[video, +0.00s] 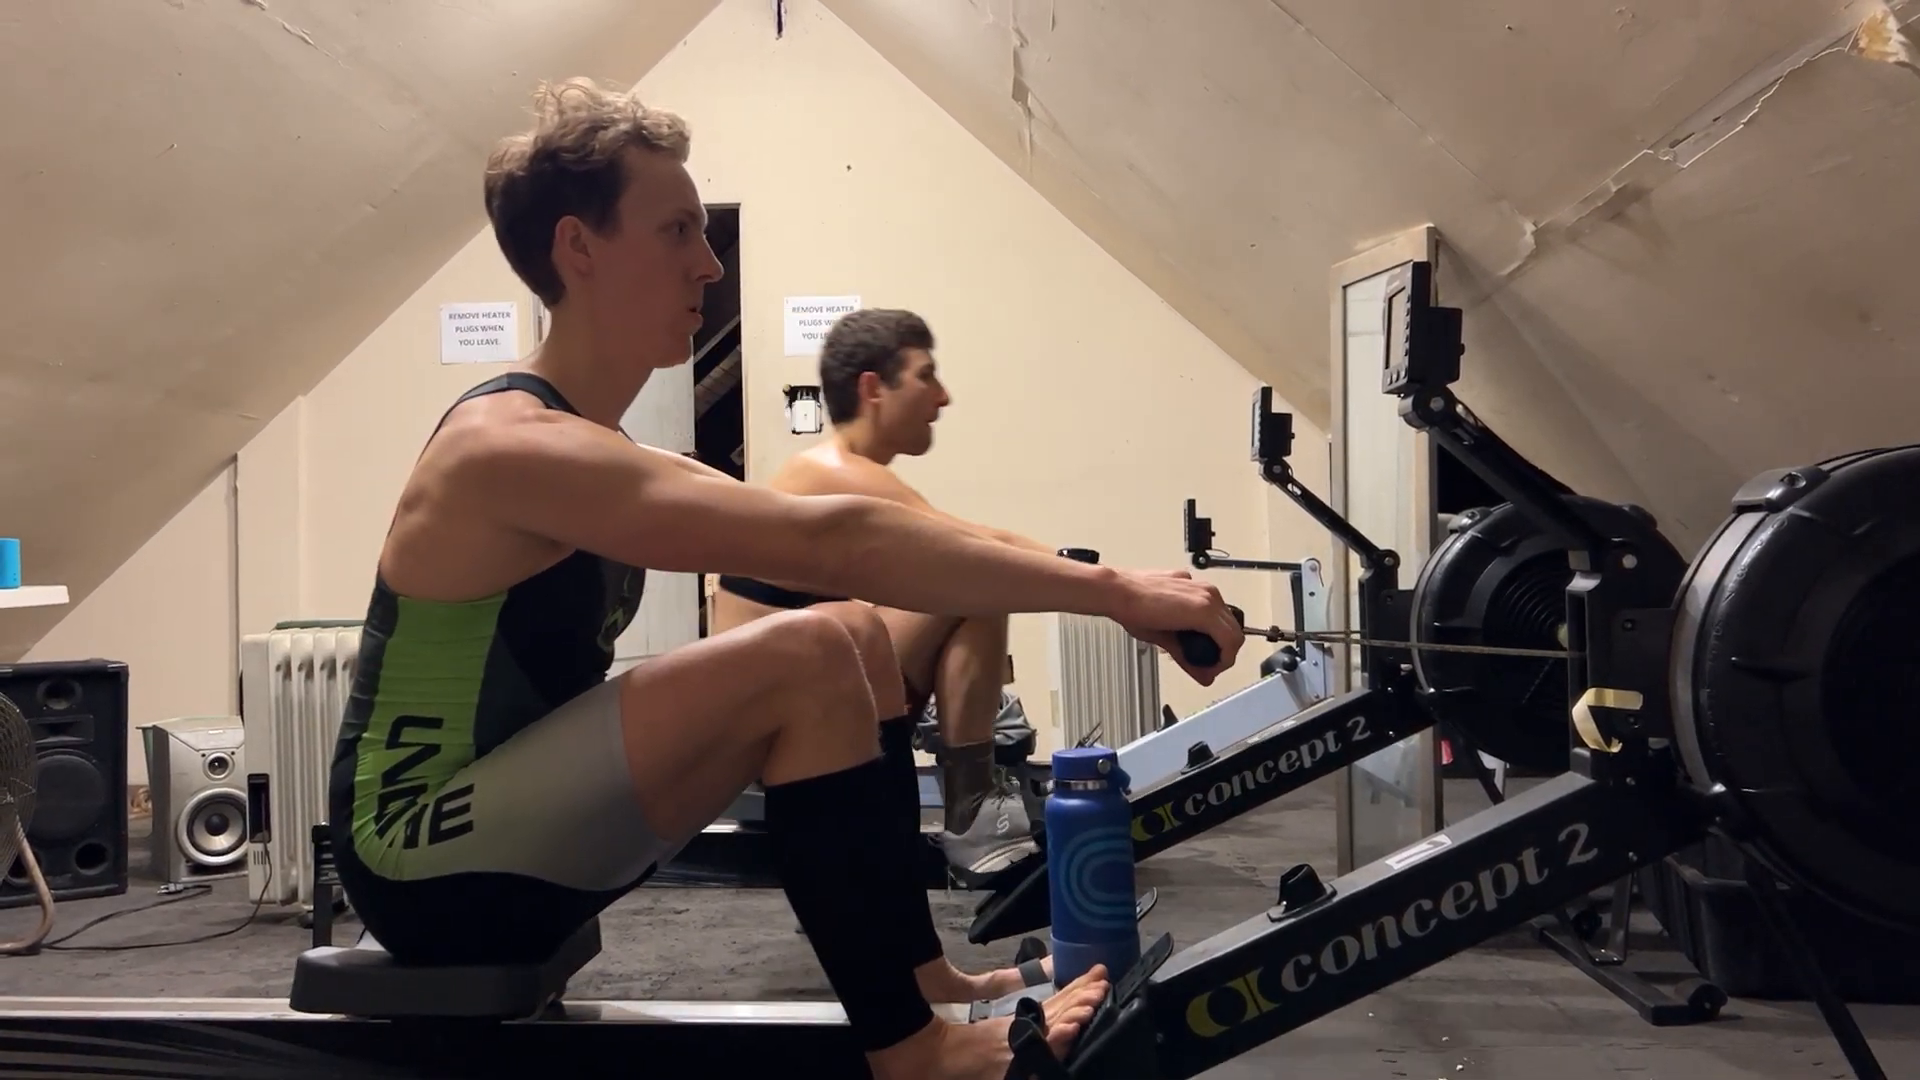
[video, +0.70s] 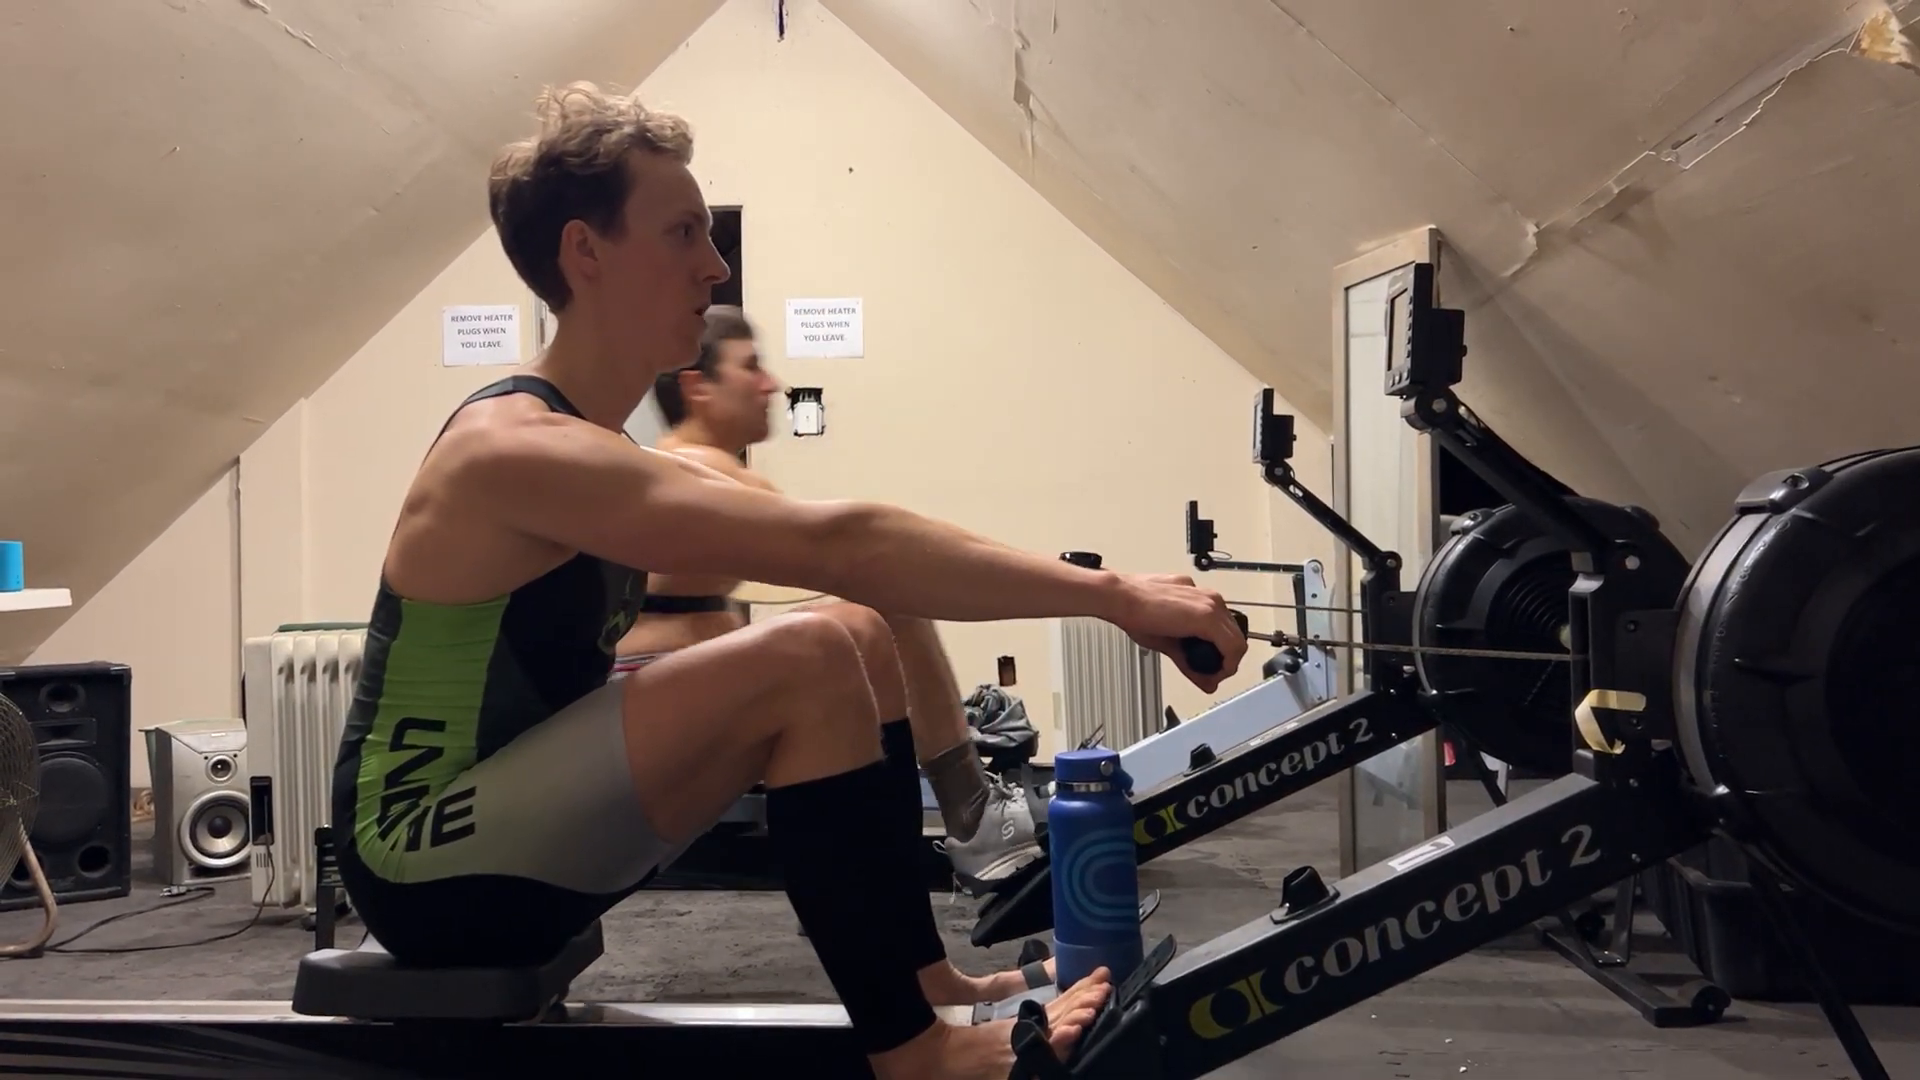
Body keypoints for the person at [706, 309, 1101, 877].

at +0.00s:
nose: (944, 397)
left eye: (937, 378)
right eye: (927, 378)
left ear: (873, 392)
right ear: (872, 390)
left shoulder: (831, 467)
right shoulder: (840, 473)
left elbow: (965, 543)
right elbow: (971, 545)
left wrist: (1071, 571)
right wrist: (1083, 574)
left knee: (974, 587)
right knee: (973, 587)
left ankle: (974, 805)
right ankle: (969, 816)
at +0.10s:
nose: (985, 399)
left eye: (978, 380)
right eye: (967, 380)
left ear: (915, 397)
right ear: (914, 394)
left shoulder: (886, 472)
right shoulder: (888, 476)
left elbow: (1022, 548)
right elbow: (1034, 549)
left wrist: (1162, 591)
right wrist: (1175, 593)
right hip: (835, 712)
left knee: (1000, 591)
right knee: (1002, 591)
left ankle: (969, 808)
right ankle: (970, 820)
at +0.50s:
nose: (944, 393)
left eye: (936, 375)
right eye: (927, 375)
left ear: (874, 392)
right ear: (874, 389)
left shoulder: (840, 467)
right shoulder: (854, 470)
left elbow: (987, 539)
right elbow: (996, 537)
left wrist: (1127, 575)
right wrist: (1138, 564)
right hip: (798, 714)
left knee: (976, 592)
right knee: (977, 590)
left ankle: (979, 802)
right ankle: (973, 818)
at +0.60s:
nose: (864, 390)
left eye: (855, 371)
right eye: (845, 371)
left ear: (788, 391)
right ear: (789, 388)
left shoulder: (748, 460)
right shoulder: (776, 466)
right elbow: (892, 555)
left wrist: (1033, 564)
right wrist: (1046, 568)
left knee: (937, 599)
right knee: (936, 595)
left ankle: (977, 809)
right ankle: (975, 814)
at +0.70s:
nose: (771, 383)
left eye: (762, 366)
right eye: (749, 366)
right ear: (696, 387)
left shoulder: (729, 469)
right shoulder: (693, 468)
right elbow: (831, 554)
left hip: (705, 658)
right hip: (660, 667)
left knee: (894, 610)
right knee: (868, 623)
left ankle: (976, 812)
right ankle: (973, 818)